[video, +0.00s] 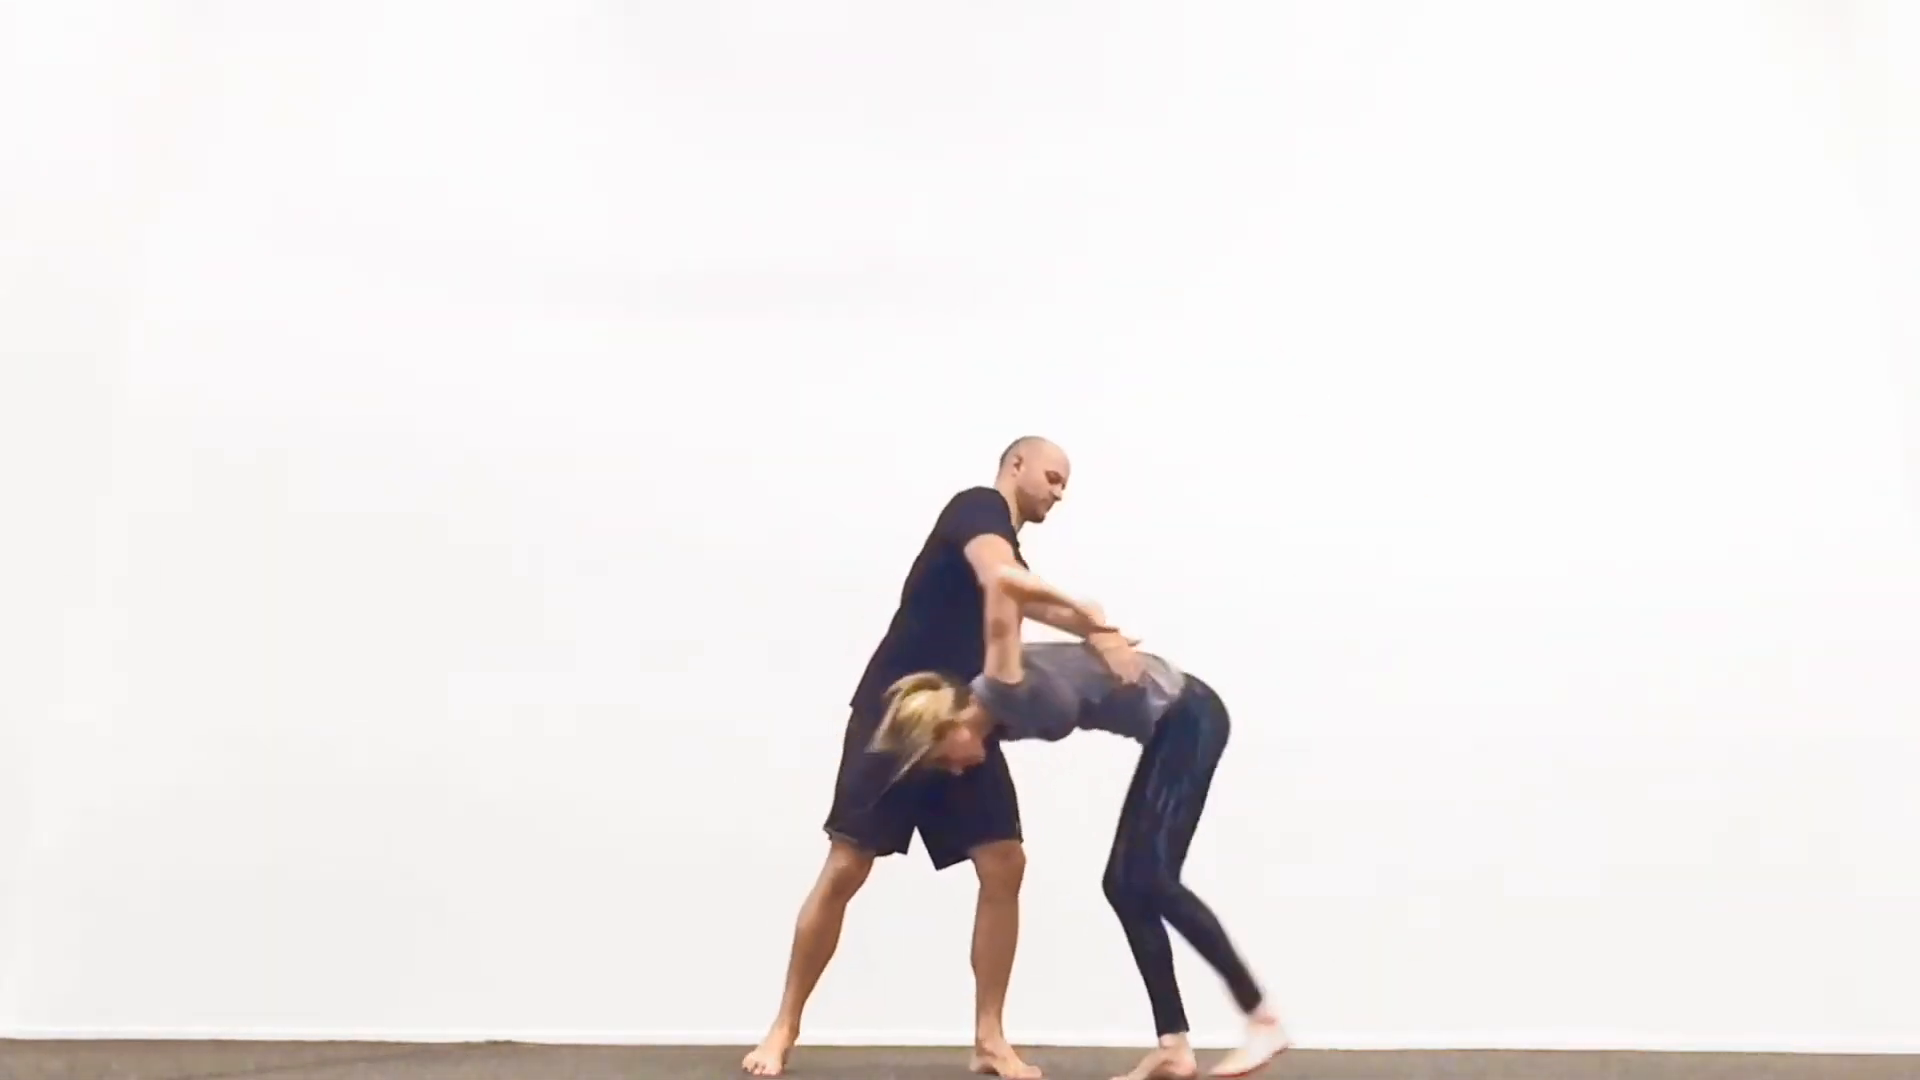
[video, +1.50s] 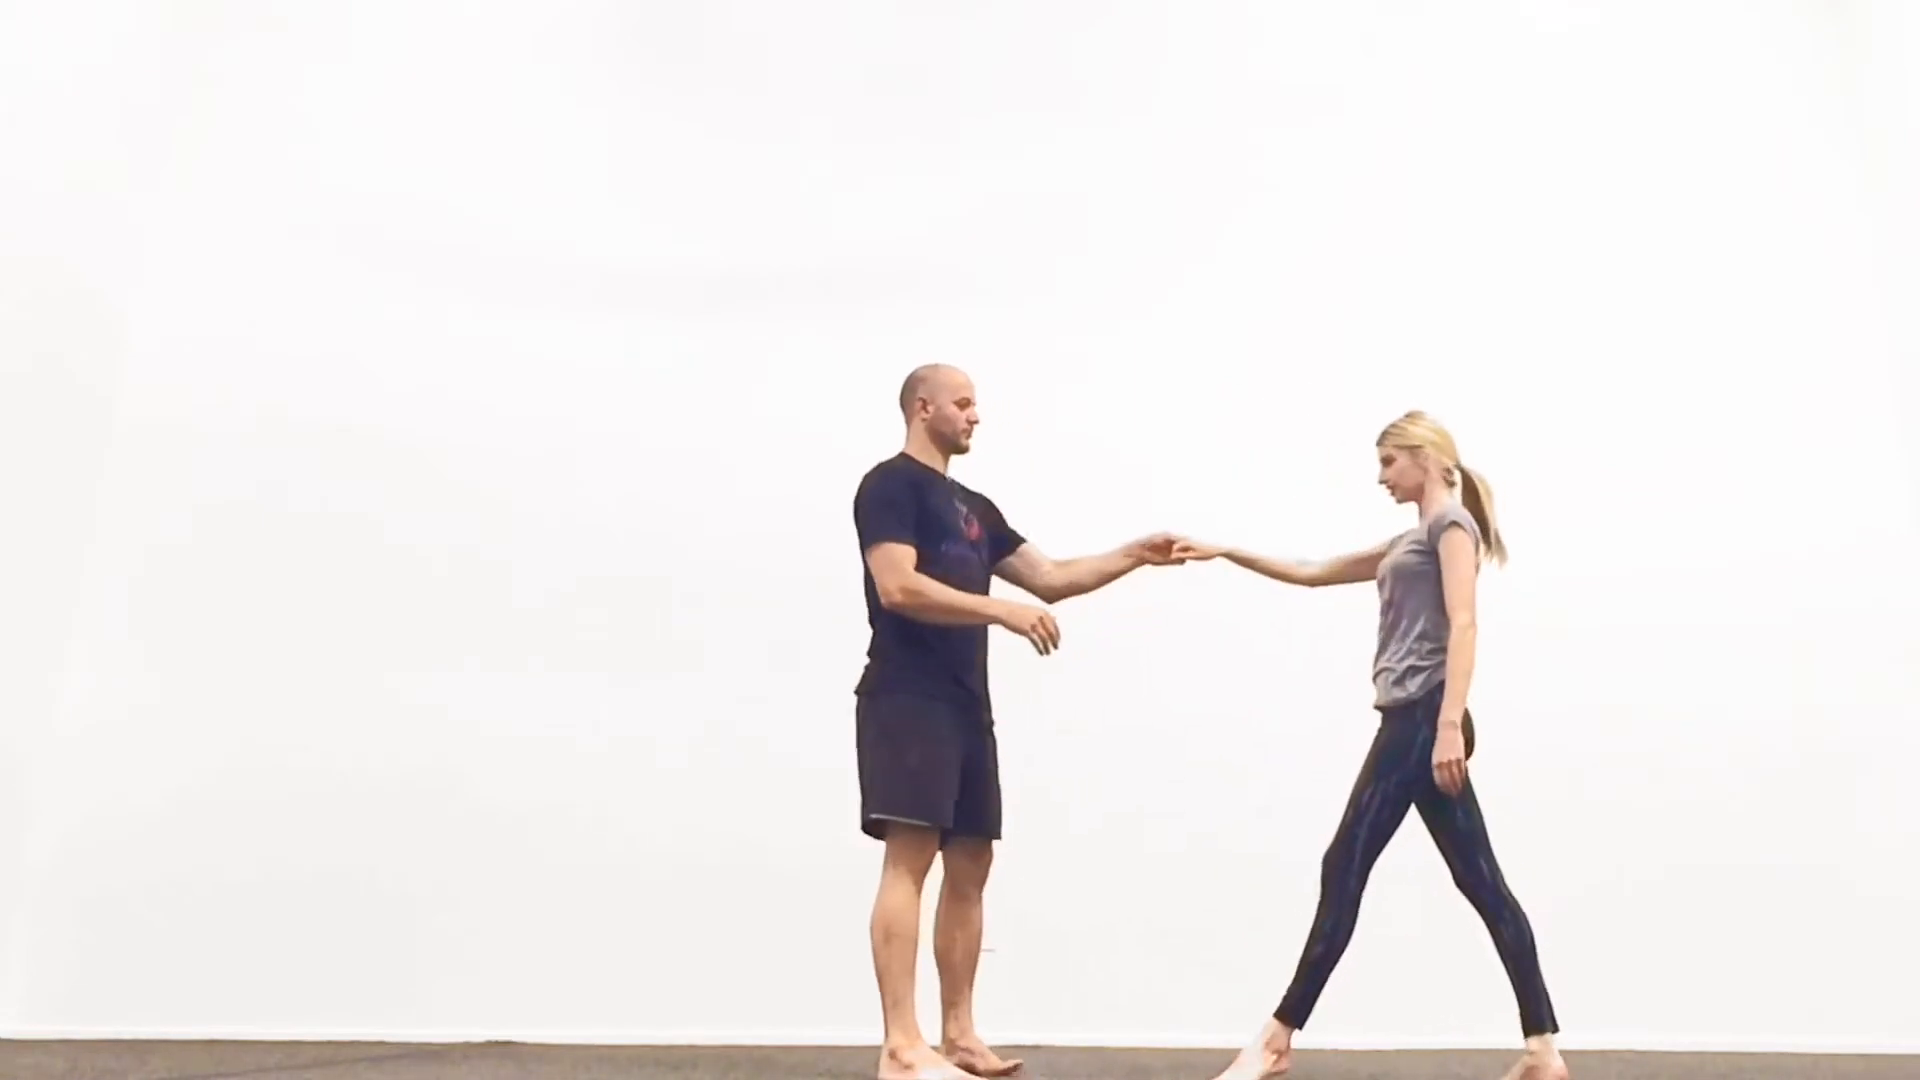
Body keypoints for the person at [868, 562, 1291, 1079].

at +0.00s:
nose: (956, 767)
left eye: (946, 754)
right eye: (941, 763)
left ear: (954, 723)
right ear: (958, 720)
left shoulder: (1007, 684)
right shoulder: (997, 706)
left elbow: (1004, 584)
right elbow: (1005, 590)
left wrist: (1090, 620)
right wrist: (1093, 630)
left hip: (1192, 716)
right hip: (1165, 727)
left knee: (1152, 880)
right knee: (1123, 885)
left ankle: (1264, 1022)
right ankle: (1174, 1047)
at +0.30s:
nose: (1046, 620)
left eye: (1037, 605)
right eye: (1032, 612)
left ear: (1048, 577)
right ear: (1049, 573)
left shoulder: (1097, 566)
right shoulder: (1092, 574)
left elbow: (1152, 575)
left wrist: (1181, 657)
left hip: (1249, 708)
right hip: (1223, 711)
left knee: (1198, 869)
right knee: (1154, 859)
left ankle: (1229, 1053)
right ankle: (1166, 1032)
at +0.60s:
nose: (1155, 492)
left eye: (1157, 476)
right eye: (1152, 478)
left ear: (1189, 463)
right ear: (1188, 464)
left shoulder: (1240, 511)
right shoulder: (1220, 521)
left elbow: (1267, 585)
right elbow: (1186, 581)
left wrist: (1210, 661)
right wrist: (1135, 620)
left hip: (1286, 704)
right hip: (1266, 704)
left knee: (1250, 874)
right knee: (1215, 867)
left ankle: (1233, 1052)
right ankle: (1358, 944)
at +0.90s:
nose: (1290, 474)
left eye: (1298, 461)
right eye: (1289, 464)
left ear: (1338, 464)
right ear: (1329, 469)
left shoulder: (1366, 533)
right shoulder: (1336, 549)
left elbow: (1406, 630)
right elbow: (1258, 614)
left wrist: (1415, 732)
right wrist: (1175, 596)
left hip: (1374, 721)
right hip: (1385, 720)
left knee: (1303, 868)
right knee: (1446, 886)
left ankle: (1239, 1046)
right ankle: (1529, 1040)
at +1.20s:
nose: (1376, 479)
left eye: (1382, 465)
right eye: (1374, 468)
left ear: (1420, 461)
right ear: (1414, 466)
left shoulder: (1447, 533)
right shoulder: (1414, 545)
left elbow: (1468, 632)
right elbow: (1314, 586)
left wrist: (1472, 733)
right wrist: (1220, 574)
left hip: (1430, 719)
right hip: (1439, 716)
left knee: (1356, 867)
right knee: (1502, 884)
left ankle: (1278, 1031)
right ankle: (1544, 1048)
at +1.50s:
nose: (1383, 474)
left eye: (1390, 460)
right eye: (1382, 463)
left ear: (1429, 460)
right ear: (1422, 464)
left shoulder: (1451, 528)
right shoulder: (1412, 541)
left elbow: (1464, 626)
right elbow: (1310, 571)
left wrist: (1449, 723)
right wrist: (1221, 551)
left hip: (1417, 717)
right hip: (1419, 717)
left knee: (1344, 864)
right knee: (1484, 884)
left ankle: (1277, 1038)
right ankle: (1542, 1045)